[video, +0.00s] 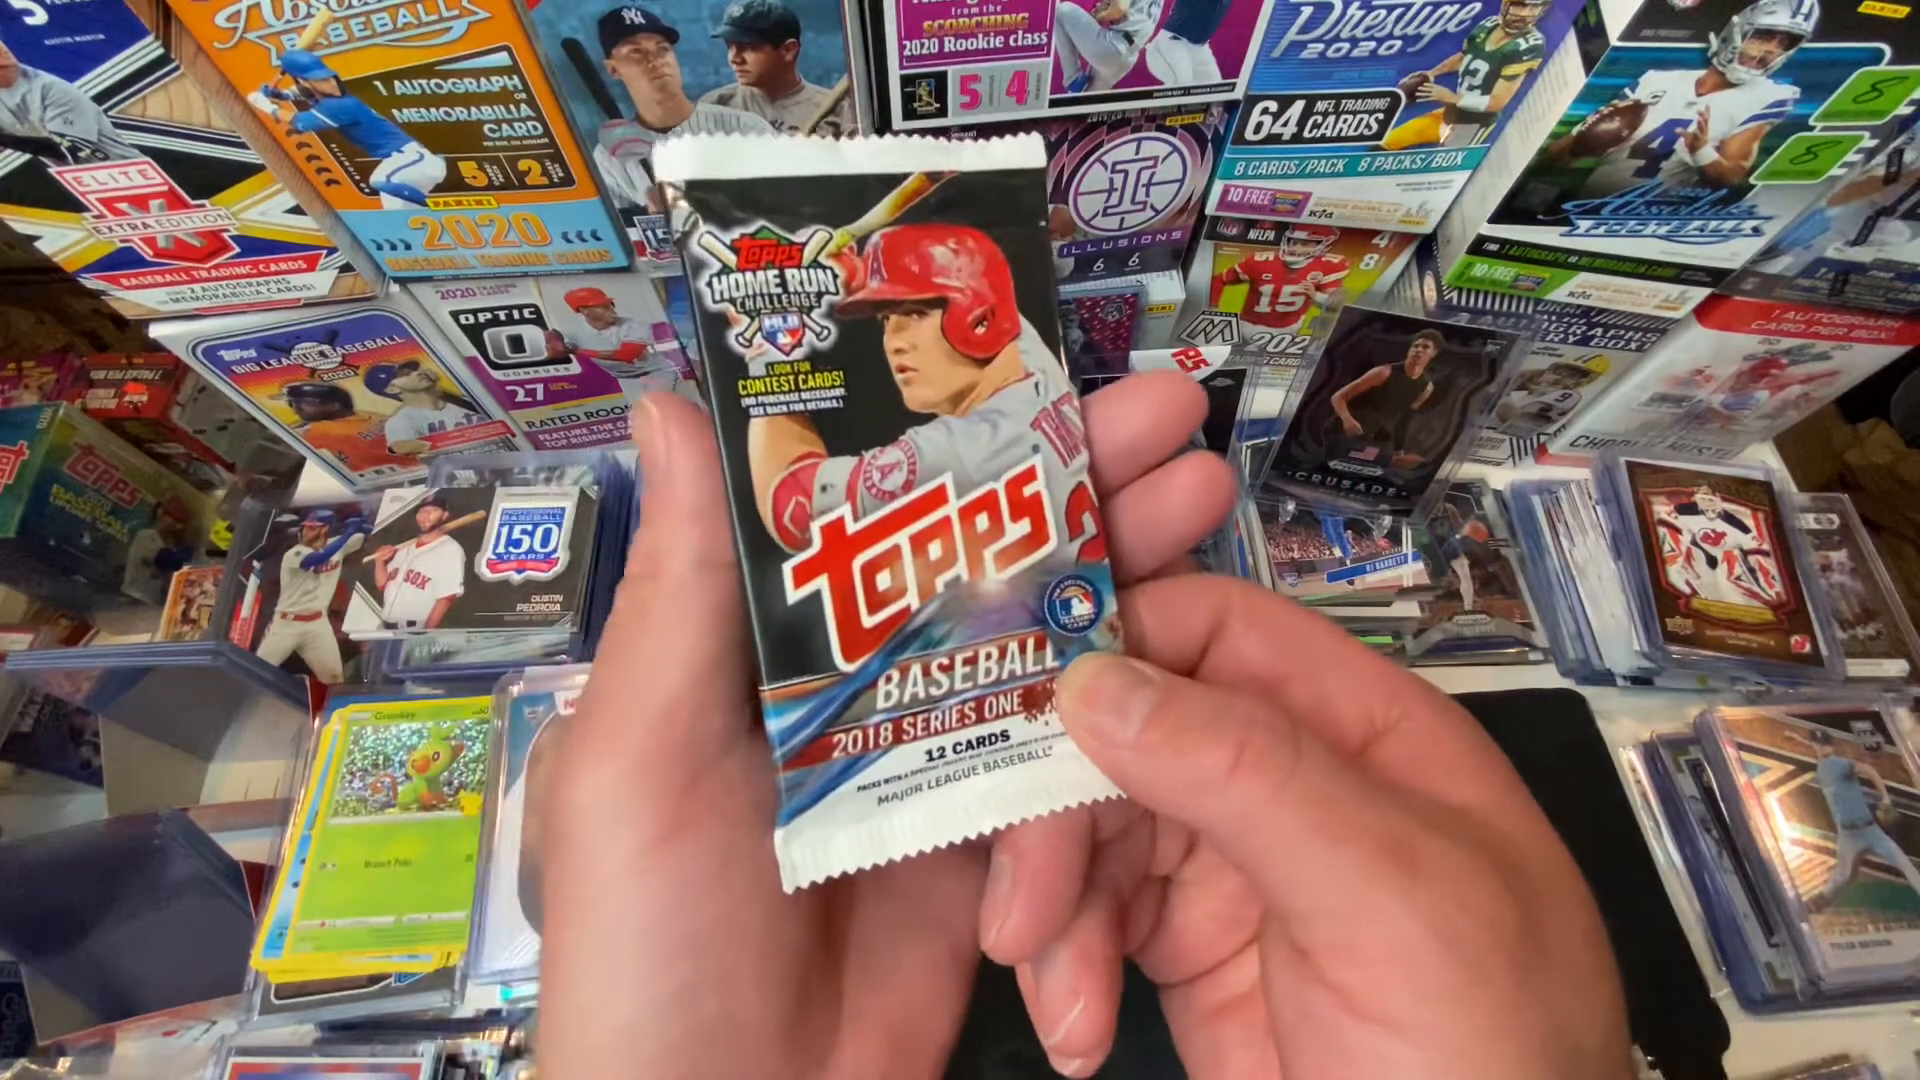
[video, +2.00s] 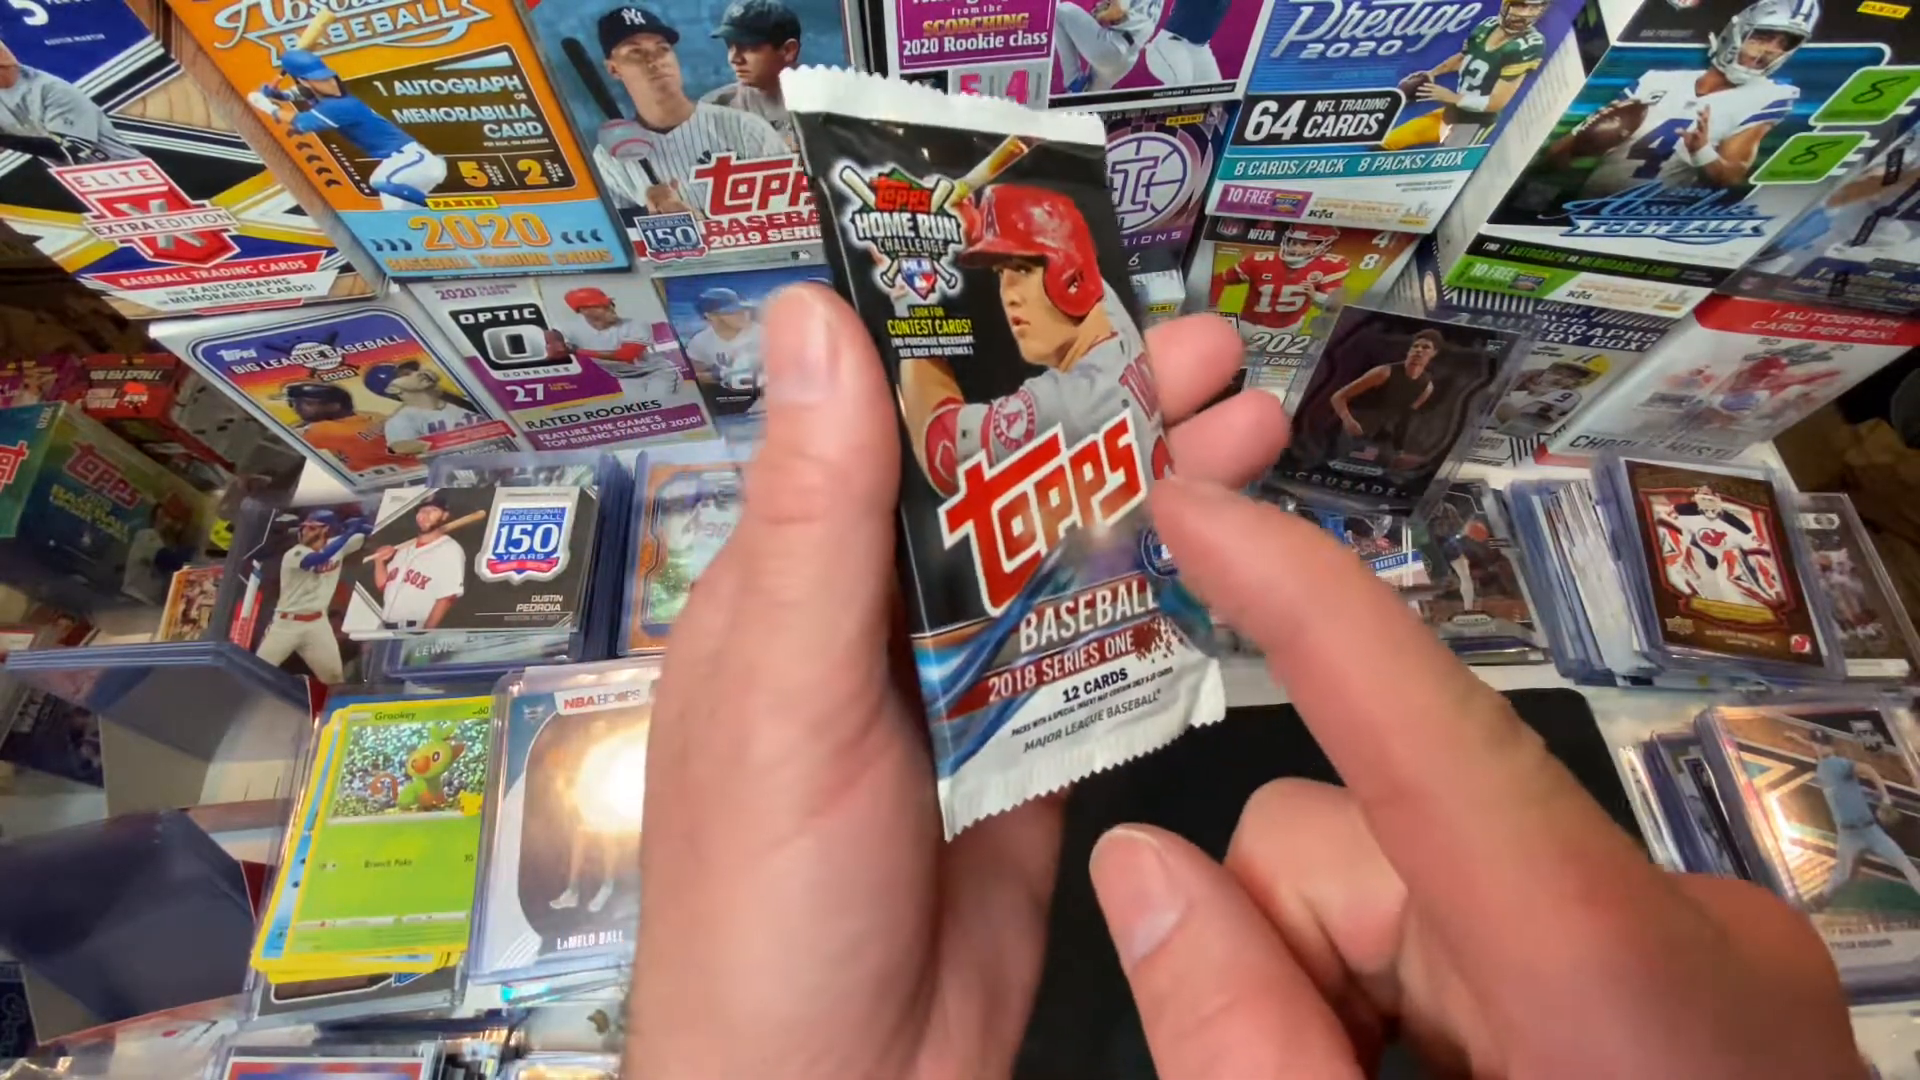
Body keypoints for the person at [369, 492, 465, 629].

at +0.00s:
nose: (425, 516)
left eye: (432, 511)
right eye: (422, 511)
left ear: (445, 515)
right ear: (416, 515)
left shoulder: (451, 550)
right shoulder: (405, 547)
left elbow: (446, 598)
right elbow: (382, 585)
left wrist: (425, 634)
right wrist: (379, 561)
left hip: (416, 631)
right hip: (386, 627)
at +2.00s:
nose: (425, 516)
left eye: (432, 511)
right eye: (422, 511)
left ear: (445, 516)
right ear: (416, 515)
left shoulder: (450, 550)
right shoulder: (406, 548)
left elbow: (447, 598)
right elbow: (382, 585)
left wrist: (425, 634)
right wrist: (379, 561)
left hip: (416, 631)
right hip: (386, 627)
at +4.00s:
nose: (425, 517)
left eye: (431, 512)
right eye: (421, 511)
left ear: (444, 516)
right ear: (416, 516)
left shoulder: (451, 549)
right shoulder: (405, 548)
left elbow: (446, 598)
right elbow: (381, 585)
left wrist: (425, 634)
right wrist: (379, 561)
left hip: (416, 630)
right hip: (387, 627)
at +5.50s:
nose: (425, 516)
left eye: (432, 511)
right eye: (422, 511)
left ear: (444, 516)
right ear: (416, 516)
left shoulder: (451, 549)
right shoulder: (405, 549)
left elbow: (446, 598)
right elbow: (382, 585)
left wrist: (424, 635)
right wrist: (379, 561)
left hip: (417, 631)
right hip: (386, 627)